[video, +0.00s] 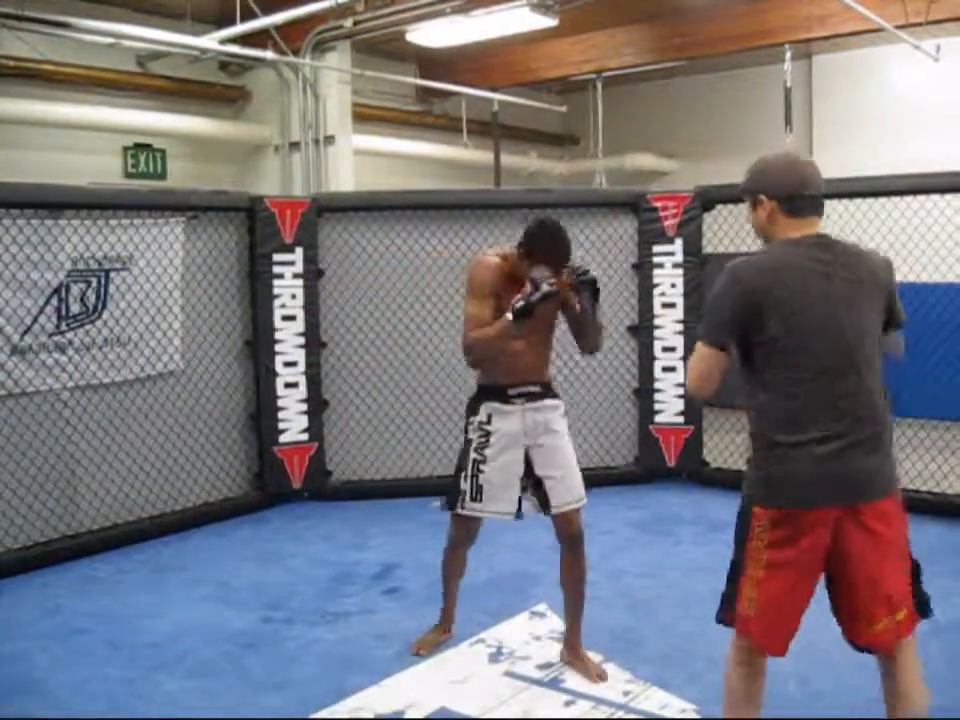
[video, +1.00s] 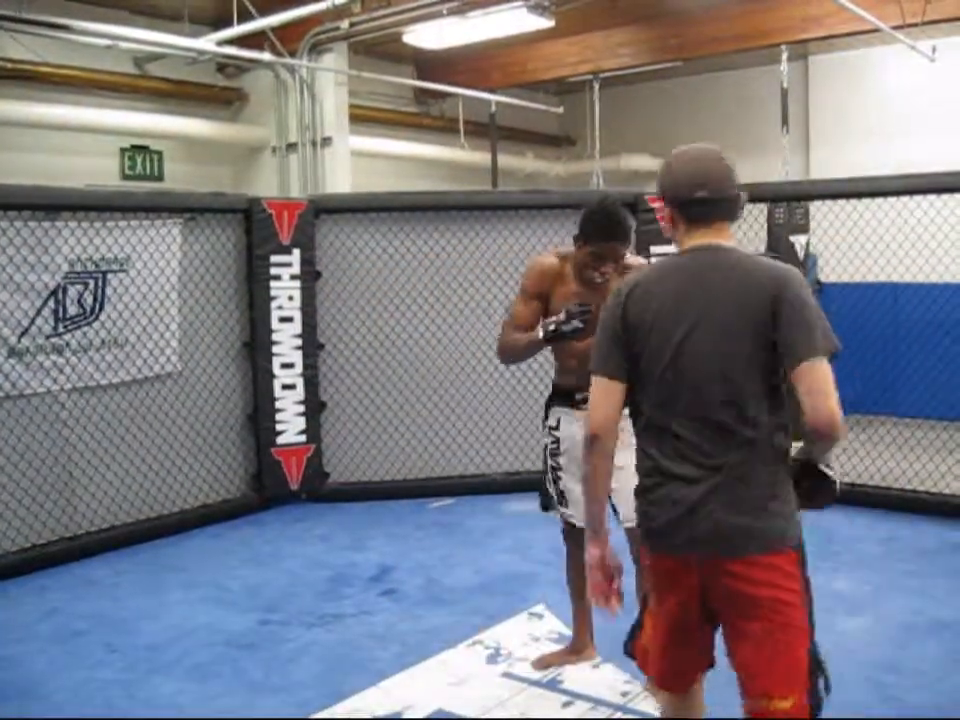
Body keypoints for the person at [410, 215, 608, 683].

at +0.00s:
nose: (548, 279)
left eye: (554, 272)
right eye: (542, 270)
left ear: (560, 266)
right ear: (523, 256)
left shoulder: (559, 276)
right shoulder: (487, 270)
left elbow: (590, 344)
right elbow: (473, 349)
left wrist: (585, 307)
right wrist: (518, 312)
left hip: (545, 408)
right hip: (493, 411)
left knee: (572, 531)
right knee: (462, 530)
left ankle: (573, 644)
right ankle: (446, 622)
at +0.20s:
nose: (554, 258)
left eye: (561, 249)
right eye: (546, 250)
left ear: (568, 242)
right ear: (525, 238)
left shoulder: (573, 263)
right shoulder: (488, 262)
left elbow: (599, 338)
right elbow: (465, 339)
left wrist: (585, 306)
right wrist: (506, 317)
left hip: (555, 404)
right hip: (503, 405)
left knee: (578, 529)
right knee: (486, 530)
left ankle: (575, 644)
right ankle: (482, 644)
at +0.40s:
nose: (559, 261)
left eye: (564, 252)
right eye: (550, 253)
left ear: (569, 248)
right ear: (524, 249)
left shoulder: (576, 275)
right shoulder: (495, 281)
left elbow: (634, 337)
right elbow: (477, 366)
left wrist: (606, 310)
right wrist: (516, 322)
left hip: (571, 418)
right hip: (514, 423)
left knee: (620, 535)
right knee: (485, 538)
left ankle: (626, 653)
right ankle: (480, 647)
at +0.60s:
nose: (591, 266)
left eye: (598, 255)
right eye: (581, 256)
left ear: (609, 247)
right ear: (561, 248)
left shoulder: (627, 259)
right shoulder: (534, 273)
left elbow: (678, 279)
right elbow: (510, 361)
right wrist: (530, 317)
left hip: (611, 414)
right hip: (552, 414)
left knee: (638, 549)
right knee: (513, 534)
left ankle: (657, 675)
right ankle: (493, 648)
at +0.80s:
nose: (590, 270)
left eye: (600, 259)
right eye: (581, 260)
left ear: (617, 246)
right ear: (565, 246)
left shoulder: (635, 271)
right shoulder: (547, 266)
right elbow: (528, 338)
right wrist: (552, 327)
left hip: (634, 411)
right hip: (572, 411)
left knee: (643, 544)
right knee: (551, 532)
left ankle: (658, 663)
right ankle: (565, 637)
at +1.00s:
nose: (604, 272)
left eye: (615, 262)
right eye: (596, 261)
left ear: (629, 252)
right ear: (576, 245)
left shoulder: (640, 277)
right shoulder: (548, 270)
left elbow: (662, 338)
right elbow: (507, 349)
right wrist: (547, 333)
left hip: (629, 414)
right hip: (569, 413)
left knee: (642, 529)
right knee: (576, 531)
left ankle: (656, 635)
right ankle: (581, 639)